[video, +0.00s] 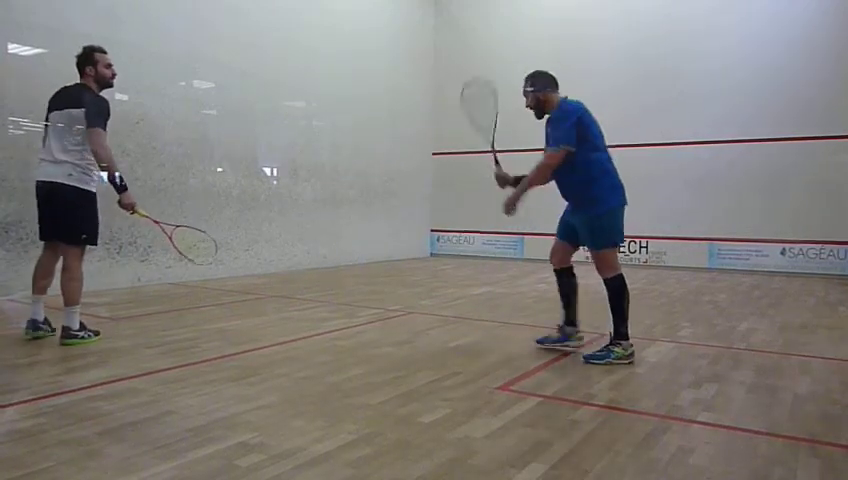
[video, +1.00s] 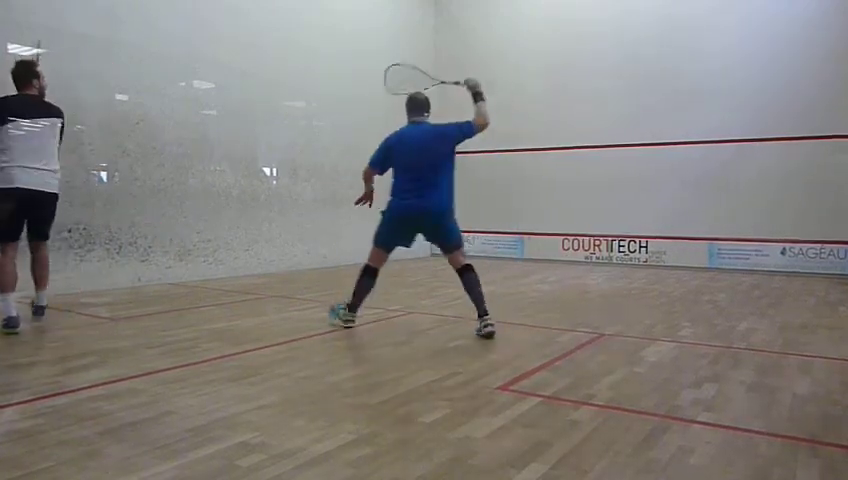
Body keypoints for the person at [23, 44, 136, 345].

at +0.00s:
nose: (113, 71)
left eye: (112, 66)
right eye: (107, 67)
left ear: (86, 72)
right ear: (90, 71)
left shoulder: (57, 97)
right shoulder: (96, 102)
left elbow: (47, 144)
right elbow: (99, 147)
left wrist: (83, 164)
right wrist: (123, 190)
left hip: (46, 184)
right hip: (76, 188)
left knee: (50, 249)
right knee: (73, 256)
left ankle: (36, 319)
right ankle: (72, 326)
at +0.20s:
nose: (111, 76)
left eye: (110, 70)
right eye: (105, 71)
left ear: (82, 75)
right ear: (88, 74)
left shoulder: (50, 98)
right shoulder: (95, 105)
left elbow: (33, 144)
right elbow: (98, 150)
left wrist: (50, 170)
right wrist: (119, 190)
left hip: (40, 185)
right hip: (74, 190)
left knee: (36, 249)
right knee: (71, 259)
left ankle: (22, 316)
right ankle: (72, 326)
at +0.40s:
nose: (92, 78)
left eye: (90, 73)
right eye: (87, 74)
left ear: (64, 78)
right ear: (71, 77)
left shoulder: (30, 103)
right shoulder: (83, 108)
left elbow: (13, 148)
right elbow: (91, 153)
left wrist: (22, 181)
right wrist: (105, 190)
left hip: (30, 190)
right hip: (69, 193)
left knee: (25, 251)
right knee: (70, 258)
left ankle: (12, 315)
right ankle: (72, 324)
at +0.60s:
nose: (66, 78)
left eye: (64, 73)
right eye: (62, 73)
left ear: (37, 77)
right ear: (50, 76)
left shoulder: (9, 104)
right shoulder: (65, 109)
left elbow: (1, 143)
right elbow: (82, 155)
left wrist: (4, 173)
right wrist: (82, 174)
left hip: (13, 190)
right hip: (53, 192)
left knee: (15, 251)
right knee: (67, 253)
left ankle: (11, 315)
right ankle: (70, 307)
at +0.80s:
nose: (49, 76)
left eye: (47, 71)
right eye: (46, 71)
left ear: (20, 78)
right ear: (36, 76)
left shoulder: (4, 102)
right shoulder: (56, 108)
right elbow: (70, 152)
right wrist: (43, 144)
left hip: (9, 187)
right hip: (46, 190)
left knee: (11, 249)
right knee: (48, 246)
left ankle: (10, 313)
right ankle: (54, 307)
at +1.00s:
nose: (44, 82)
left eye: (42, 77)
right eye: (42, 77)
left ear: (15, 83)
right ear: (35, 81)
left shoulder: (4, 106)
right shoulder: (55, 113)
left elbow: (3, 142)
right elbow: (55, 146)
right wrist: (42, 100)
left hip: (10, 187)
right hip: (46, 189)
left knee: (7, 250)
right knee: (40, 246)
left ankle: (9, 313)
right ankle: (40, 304)